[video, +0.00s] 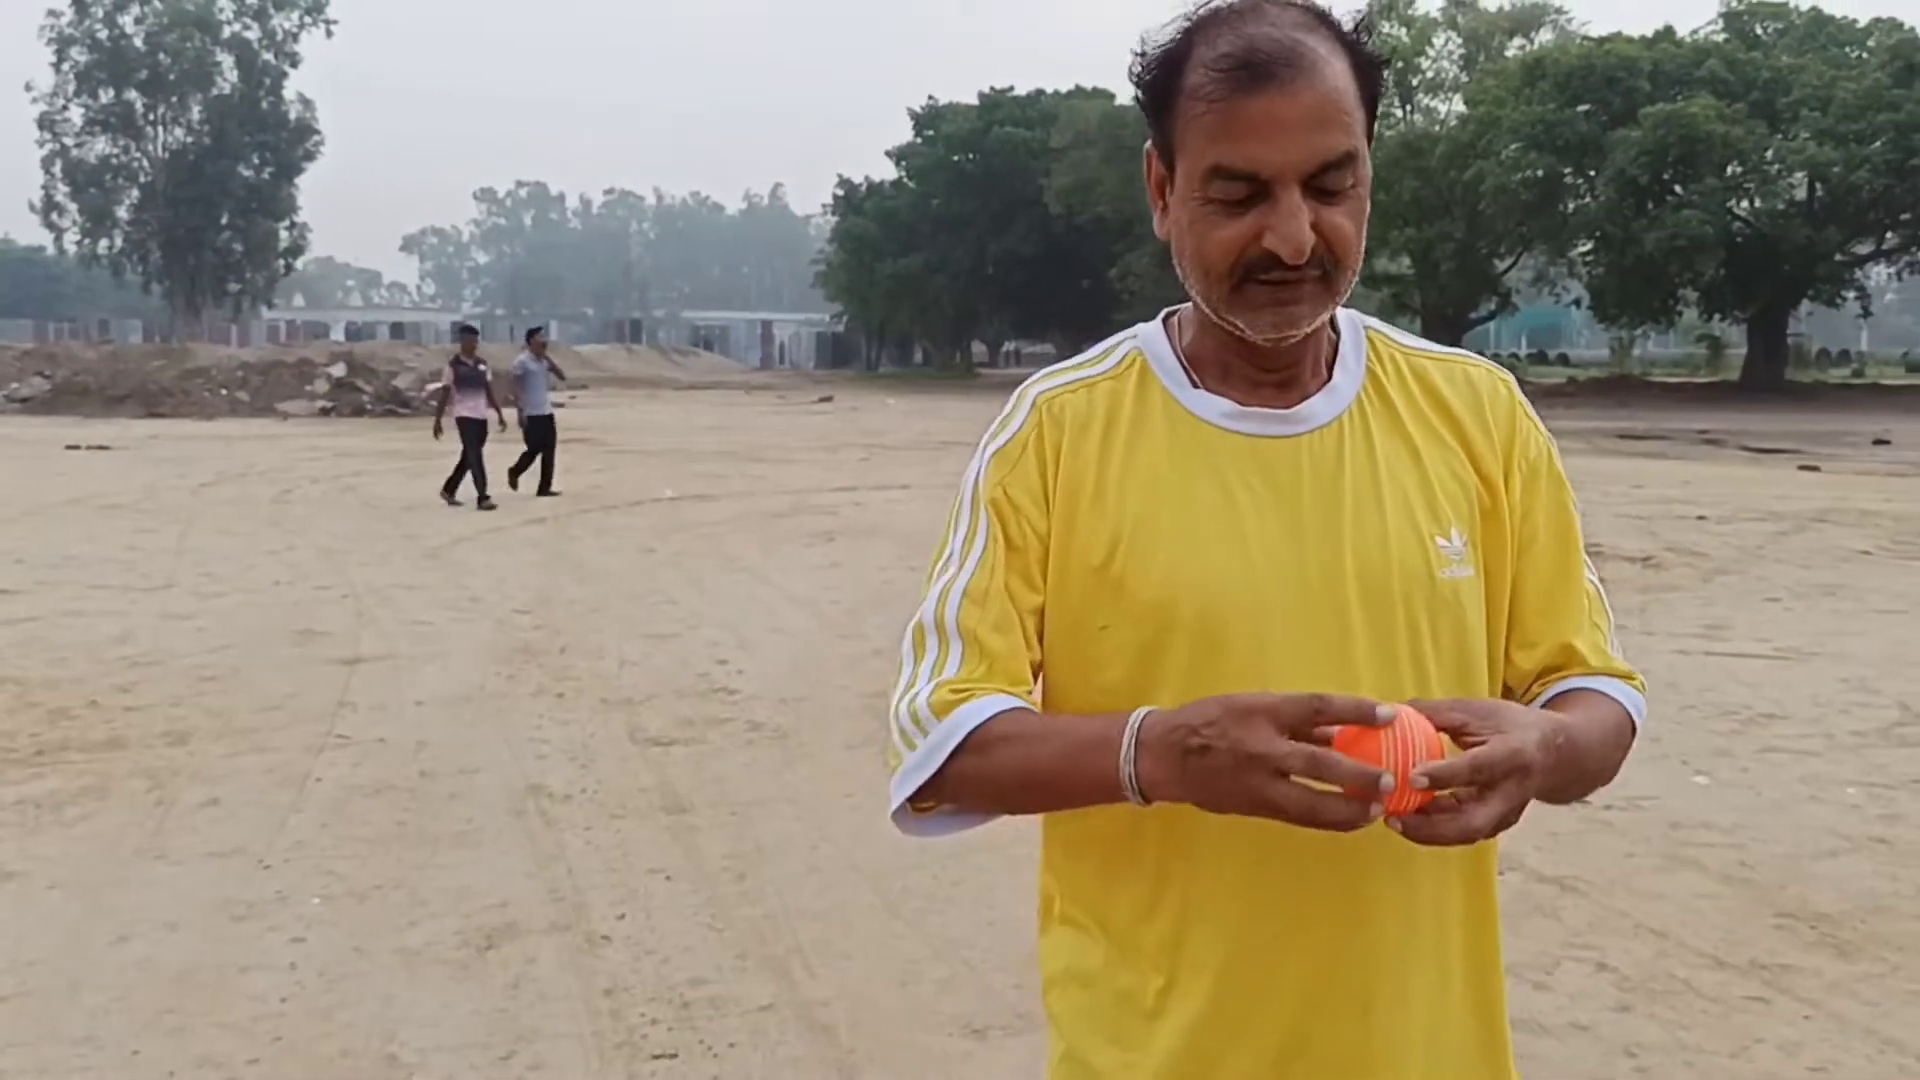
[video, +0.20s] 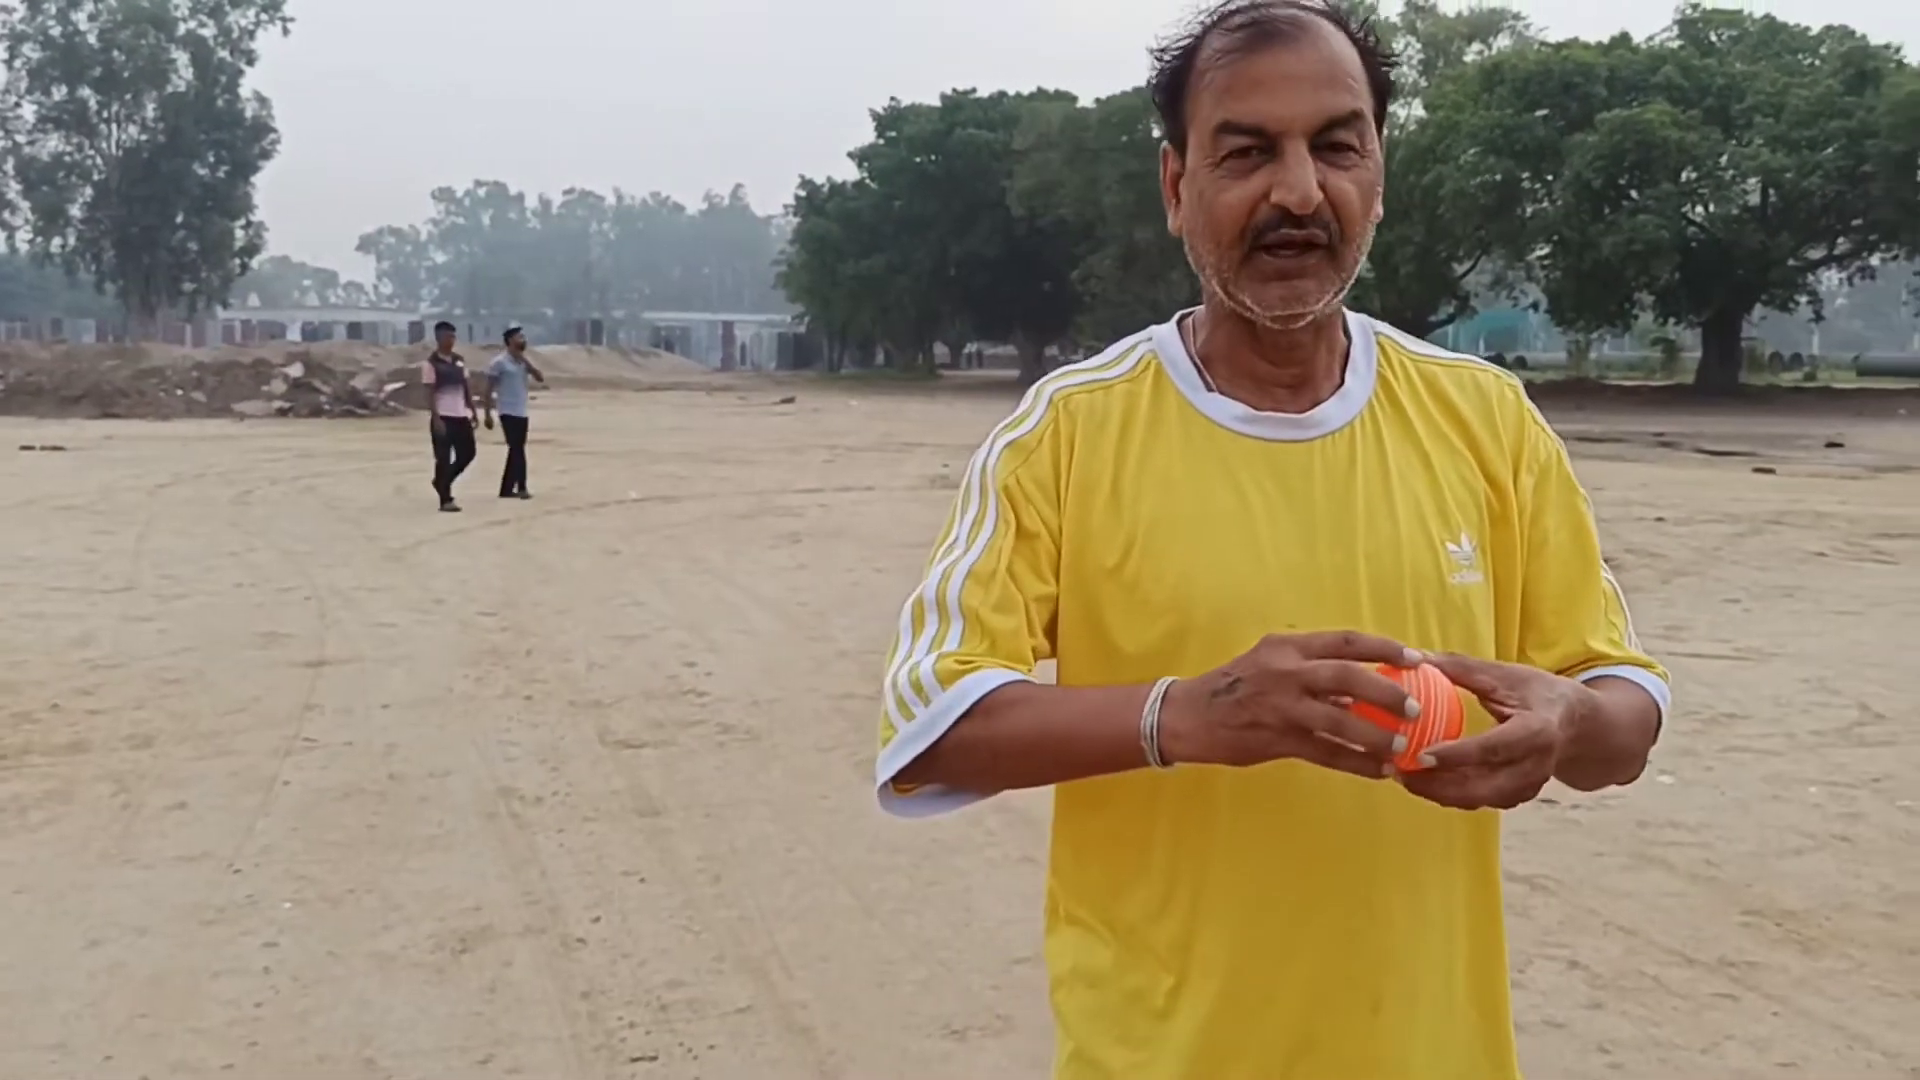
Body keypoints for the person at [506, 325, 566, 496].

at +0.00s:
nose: (543, 342)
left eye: (543, 338)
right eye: (539, 339)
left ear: (542, 341)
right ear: (530, 342)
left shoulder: (542, 361)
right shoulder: (521, 362)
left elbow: (561, 376)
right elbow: (515, 390)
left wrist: (547, 359)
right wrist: (520, 413)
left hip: (546, 413)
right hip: (531, 414)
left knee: (549, 452)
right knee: (534, 449)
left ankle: (545, 486)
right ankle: (514, 472)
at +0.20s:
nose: (523, 341)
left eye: (523, 337)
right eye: (519, 338)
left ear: (521, 341)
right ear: (509, 341)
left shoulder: (521, 362)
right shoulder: (499, 363)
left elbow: (539, 377)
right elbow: (488, 389)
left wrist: (524, 360)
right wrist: (488, 414)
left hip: (521, 412)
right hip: (507, 412)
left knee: (516, 452)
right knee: (517, 450)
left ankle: (507, 488)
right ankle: (521, 486)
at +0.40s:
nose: (495, 344)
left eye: (495, 340)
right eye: (490, 340)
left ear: (494, 344)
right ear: (480, 345)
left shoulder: (494, 366)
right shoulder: (471, 368)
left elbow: (511, 381)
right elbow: (462, 394)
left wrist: (496, 364)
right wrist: (461, 419)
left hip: (494, 415)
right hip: (480, 415)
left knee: (485, 452)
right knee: (491, 453)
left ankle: (467, 483)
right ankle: (498, 489)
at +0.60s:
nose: (472, 332)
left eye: (472, 328)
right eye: (468, 329)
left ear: (471, 332)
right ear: (458, 333)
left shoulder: (472, 353)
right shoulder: (448, 356)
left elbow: (488, 374)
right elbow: (444, 384)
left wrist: (475, 354)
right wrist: (449, 408)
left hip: (473, 408)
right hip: (455, 409)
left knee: (480, 444)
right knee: (456, 449)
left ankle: (459, 471)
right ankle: (458, 485)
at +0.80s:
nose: (458, 337)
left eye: (458, 333)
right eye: (453, 334)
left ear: (457, 337)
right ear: (443, 338)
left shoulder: (457, 358)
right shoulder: (435, 360)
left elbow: (472, 380)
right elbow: (432, 387)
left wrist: (462, 359)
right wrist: (449, 407)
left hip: (457, 415)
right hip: (438, 416)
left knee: (466, 456)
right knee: (432, 457)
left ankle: (474, 490)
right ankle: (428, 490)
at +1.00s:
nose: (462, 356)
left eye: (462, 352)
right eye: (458, 352)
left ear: (461, 356)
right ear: (447, 356)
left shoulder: (460, 377)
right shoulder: (439, 377)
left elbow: (475, 398)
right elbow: (432, 403)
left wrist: (466, 378)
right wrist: (440, 426)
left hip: (462, 433)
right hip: (445, 433)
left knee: (468, 473)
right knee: (436, 471)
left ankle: (464, 510)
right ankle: (415, 500)